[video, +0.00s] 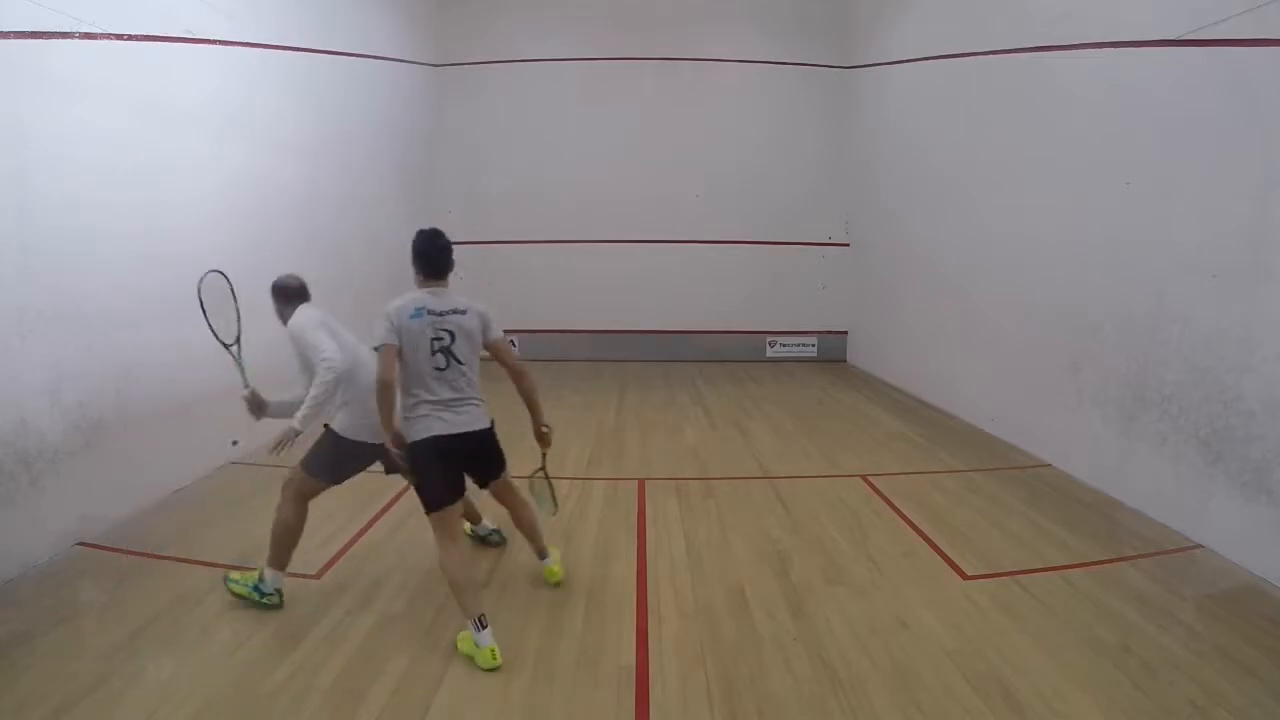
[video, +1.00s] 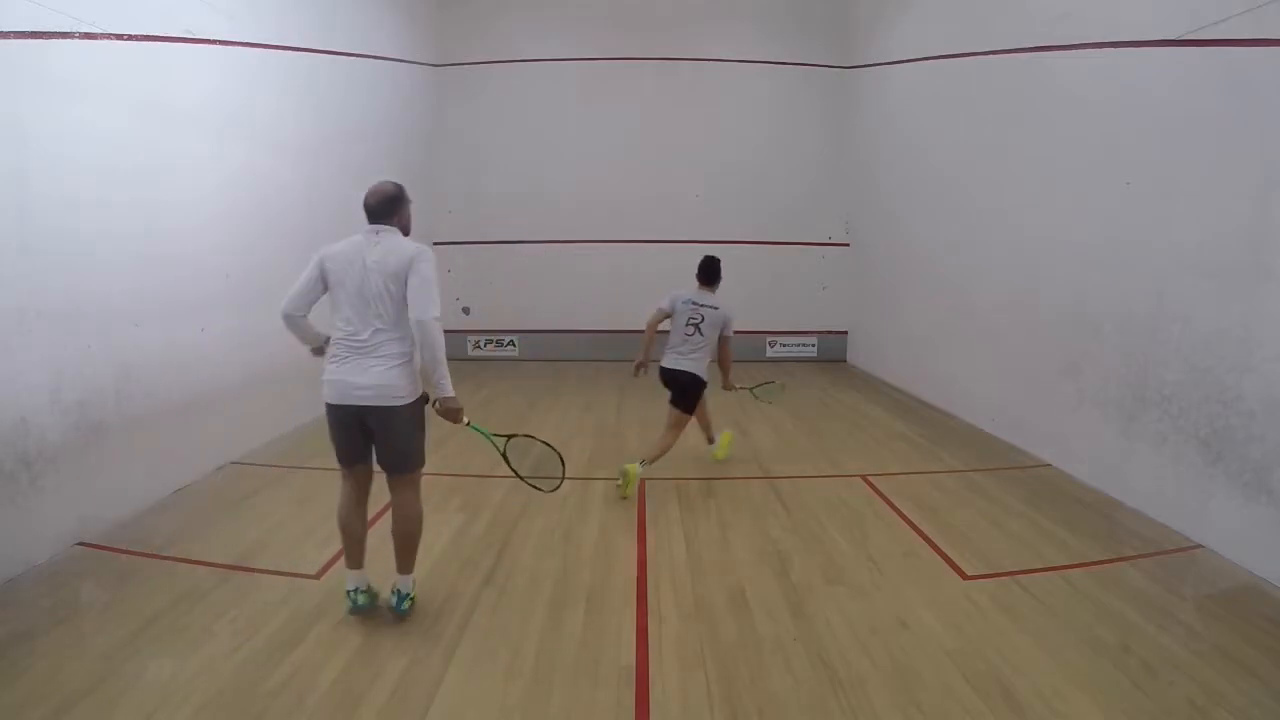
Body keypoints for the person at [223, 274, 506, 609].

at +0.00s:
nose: (275, 311)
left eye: (275, 304)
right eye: (276, 303)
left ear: (279, 303)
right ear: (306, 296)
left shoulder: (300, 321)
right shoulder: (320, 320)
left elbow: (333, 366)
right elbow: (317, 398)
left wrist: (298, 422)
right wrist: (268, 408)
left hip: (356, 424)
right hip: (385, 417)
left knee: (295, 491)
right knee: (422, 472)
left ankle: (269, 584)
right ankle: (481, 526)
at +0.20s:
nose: (198, 381)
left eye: (199, 372)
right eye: (197, 374)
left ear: (212, 364)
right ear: (226, 356)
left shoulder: (230, 372)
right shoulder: (251, 377)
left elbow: (263, 387)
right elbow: (233, 432)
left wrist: (264, 434)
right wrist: (198, 475)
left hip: (318, 450)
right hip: (358, 441)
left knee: (242, 494)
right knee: (371, 505)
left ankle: (258, 586)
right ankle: (448, 541)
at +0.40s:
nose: (182, 371)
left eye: (180, 366)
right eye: (181, 367)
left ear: (184, 363)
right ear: (212, 351)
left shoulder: (199, 373)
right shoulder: (243, 365)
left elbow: (241, 379)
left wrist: (256, 423)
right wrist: (245, 458)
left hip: (294, 448)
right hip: (335, 438)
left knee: (226, 499)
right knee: (312, 514)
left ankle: (257, 585)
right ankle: (395, 547)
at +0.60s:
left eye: (219, 302)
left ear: (220, 306)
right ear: (256, 297)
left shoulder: (224, 338)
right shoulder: (291, 326)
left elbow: (220, 398)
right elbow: (340, 366)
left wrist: (207, 469)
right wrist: (385, 410)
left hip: (280, 446)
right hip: (332, 440)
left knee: (234, 497)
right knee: (305, 501)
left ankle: (257, 584)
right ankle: (370, 562)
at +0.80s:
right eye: (330, 246)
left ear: (293, 257)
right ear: (330, 251)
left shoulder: (276, 295)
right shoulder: (357, 291)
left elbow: (249, 356)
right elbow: (386, 346)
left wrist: (231, 403)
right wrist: (421, 404)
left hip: (303, 423)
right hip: (360, 420)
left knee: (276, 499)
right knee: (363, 495)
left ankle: (264, 584)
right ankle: (390, 590)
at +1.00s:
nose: (412, 218)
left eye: (410, 211)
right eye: (411, 212)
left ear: (366, 216)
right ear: (403, 215)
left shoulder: (333, 255)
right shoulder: (414, 254)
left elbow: (291, 311)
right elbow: (425, 323)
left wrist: (318, 343)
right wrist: (444, 392)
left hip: (340, 396)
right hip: (395, 396)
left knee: (353, 482)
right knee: (404, 489)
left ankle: (355, 586)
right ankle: (403, 588)